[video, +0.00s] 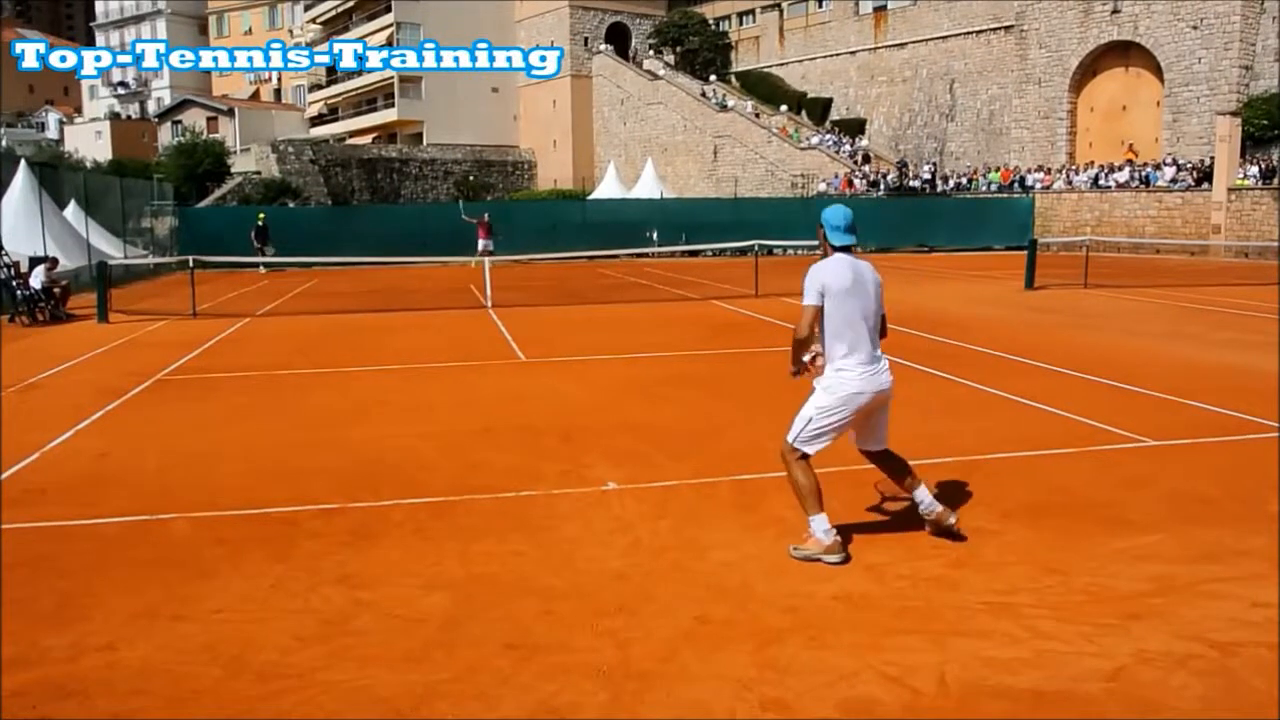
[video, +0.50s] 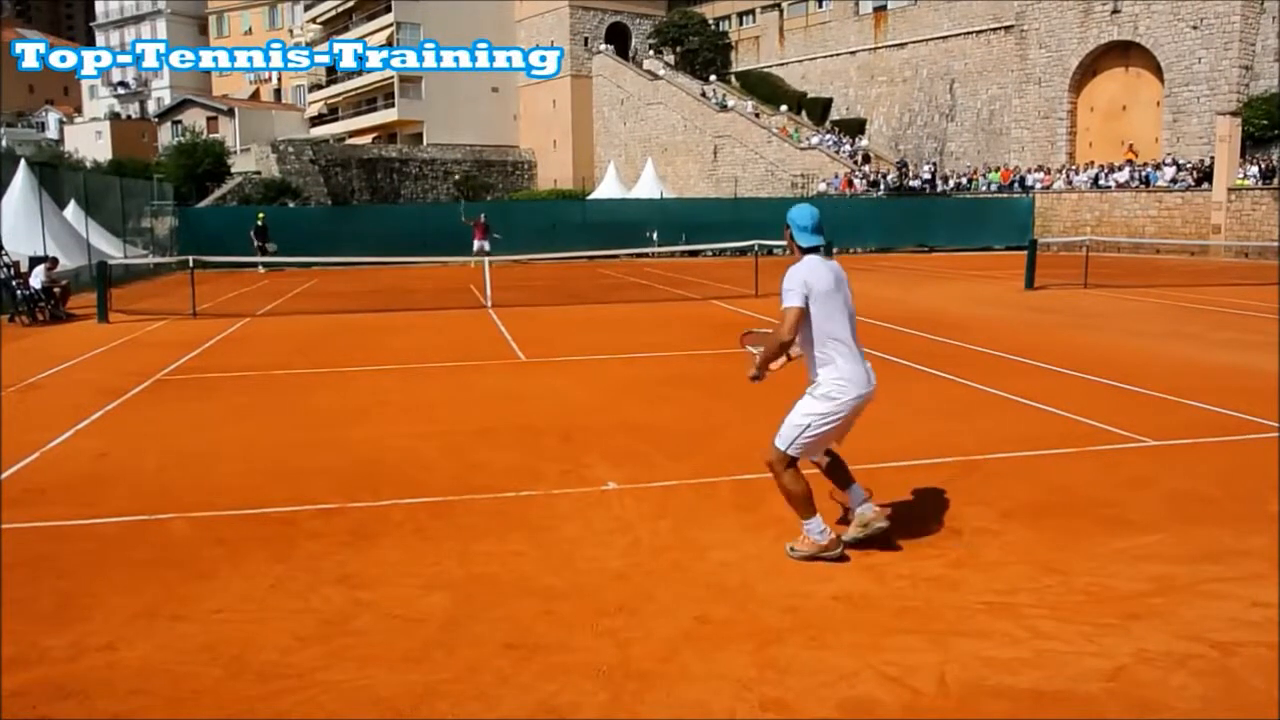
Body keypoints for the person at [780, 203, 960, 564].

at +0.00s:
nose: (820, 238)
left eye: (820, 233)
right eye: (824, 232)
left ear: (823, 236)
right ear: (854, 236)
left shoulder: (819, 272)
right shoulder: (870, 272)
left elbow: (805, 332)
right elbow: (879, 331)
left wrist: (796, 361)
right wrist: (829, 352)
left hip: (843, 383)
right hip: (879, 378)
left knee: (793, 450)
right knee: (874, 448)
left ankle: (824, 537)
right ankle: (933, 508)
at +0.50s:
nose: (785, 237)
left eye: (786, 233)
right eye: (789, 232)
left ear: (790, 237)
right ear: (820, 235)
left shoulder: (798, 273)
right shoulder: (835, 270)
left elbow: (787, 333)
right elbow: (824, 331)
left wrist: (762, 364)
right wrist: (784, 355)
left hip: (835, 387)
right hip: (861, 380)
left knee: (779, 460)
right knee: (816, 447)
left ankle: (818, 535)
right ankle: (864, 509)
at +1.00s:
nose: (740, 252)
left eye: (741, 247)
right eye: (743, 246)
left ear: (747, 252)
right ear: (774, 250)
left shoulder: (783, 290)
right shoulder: (763, 292)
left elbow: (780, 347)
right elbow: (755, 343)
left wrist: (726, 367)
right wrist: (718, 357)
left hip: (807, 406)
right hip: (790, 403)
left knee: (739, 482)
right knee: (783, 471)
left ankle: (780, 552)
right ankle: (836, 526)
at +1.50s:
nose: (691, 257)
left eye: (693, 251)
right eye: (694, 251)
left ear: (698, 255)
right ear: (728, 253)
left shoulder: (746, 296)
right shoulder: (702, 294)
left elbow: (750, 348)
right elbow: (677, 343)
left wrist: (682, 357)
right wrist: (649, 341)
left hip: (758, 418)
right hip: (725, 414)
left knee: (718, 514)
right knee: (731, 490)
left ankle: (767, 565)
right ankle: (794, 511)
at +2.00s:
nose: (623, 262)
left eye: (625, 256)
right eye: (625, 257)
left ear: (633, 261)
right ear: (660, 259)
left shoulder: (680, 301)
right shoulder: (632, 298)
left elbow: (681, 352)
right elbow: (579, 325)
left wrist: (617, 331)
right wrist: (573, 301)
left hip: (708, 433)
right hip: (665, 424)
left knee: (705, 529)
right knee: (617, 502)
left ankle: (761, 561)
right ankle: (664, 586)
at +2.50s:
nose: (555, 273)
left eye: (558, 265)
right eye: (556, 266)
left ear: (569, 270)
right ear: (588, 268)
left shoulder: (617, 309)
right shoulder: (573, 308)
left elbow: (625, 364)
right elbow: (513, 312)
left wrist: (572, 333)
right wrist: (515, 285)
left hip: (649, 454)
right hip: (606, 448)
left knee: (667, 548)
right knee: (547, 528)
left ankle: (738, 552)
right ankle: (557, 648)